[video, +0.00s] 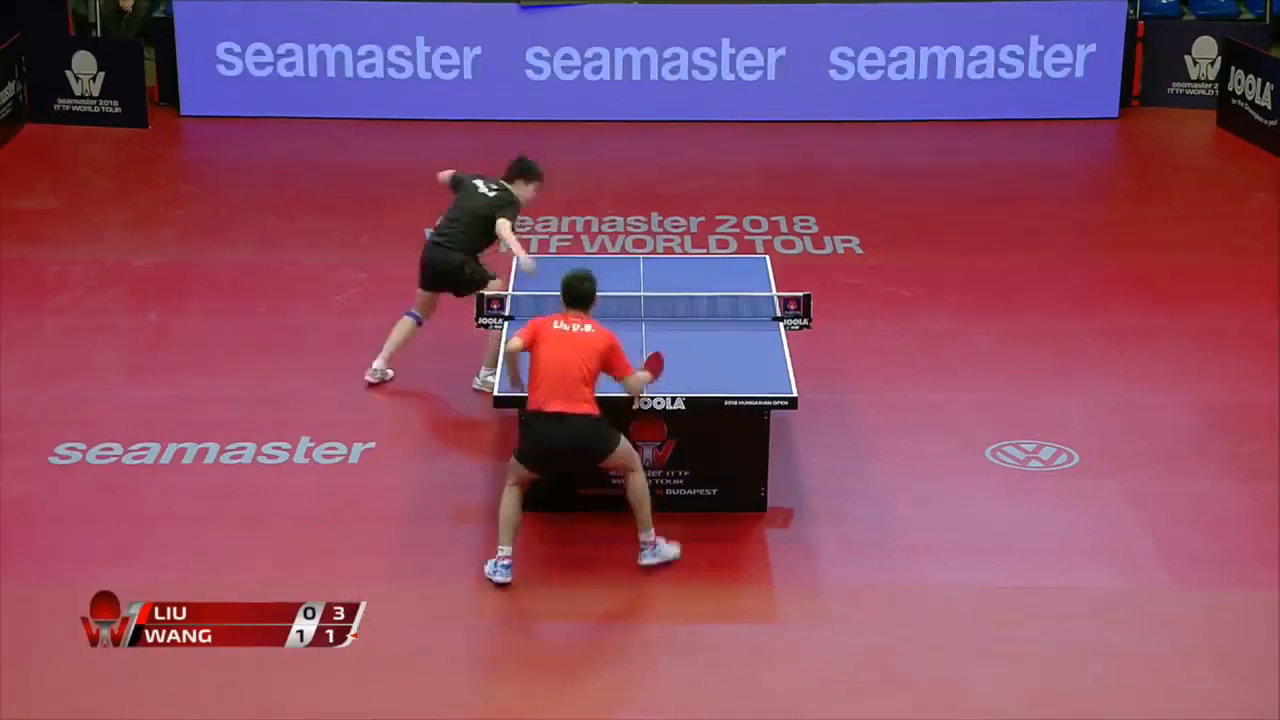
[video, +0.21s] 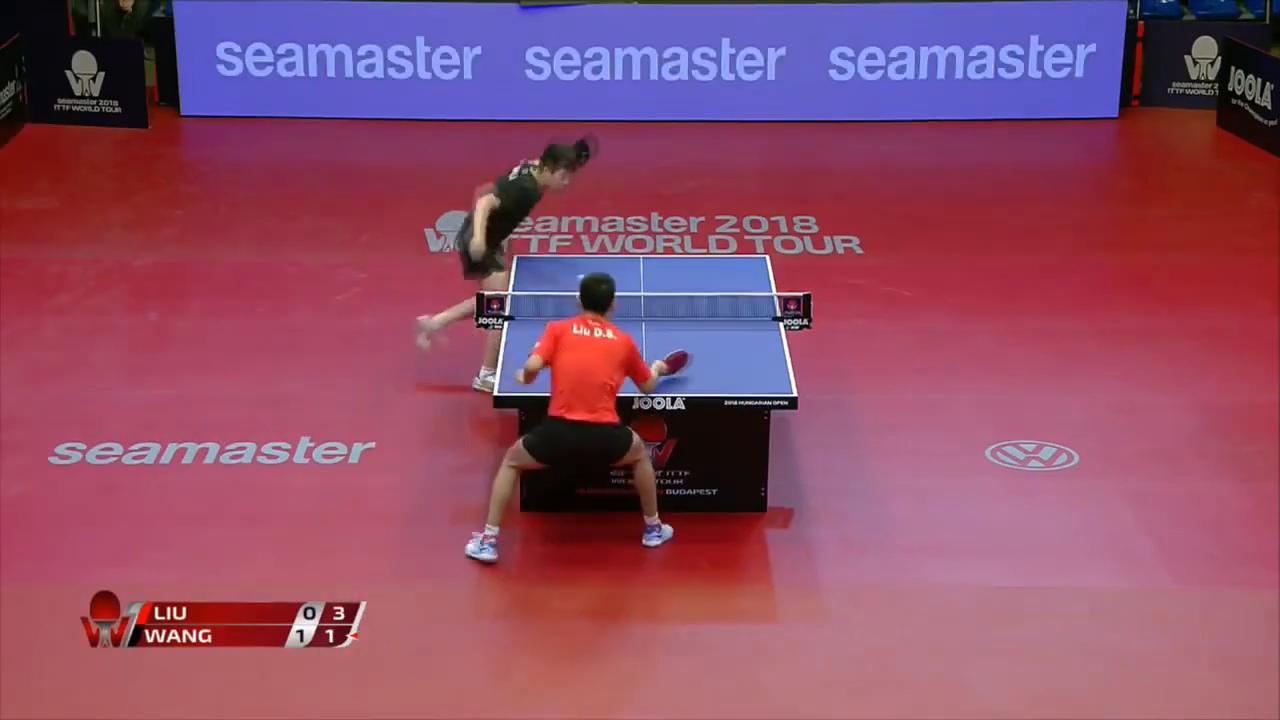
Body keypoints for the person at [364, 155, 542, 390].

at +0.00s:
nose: (533, 196)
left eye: (536, 190)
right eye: (534, 189)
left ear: (512, 177)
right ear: (522, 182)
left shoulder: (476, 181)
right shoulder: (509, 201)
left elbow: (443, 176)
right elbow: (503, 228)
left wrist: (461, 182)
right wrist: (521, 254)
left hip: (431, 254)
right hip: (458, 261)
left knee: (420, 309)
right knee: (503, 301)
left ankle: (379, 364)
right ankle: (488, 373)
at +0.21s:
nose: (567, 182)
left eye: (569, 176)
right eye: (564, 175)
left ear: (546, 166)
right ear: (548, 169)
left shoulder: (531, 173)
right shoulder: (525, 188)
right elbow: (483, 202)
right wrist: (478, 239)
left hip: (488, 240)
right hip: (480, 242)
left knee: (494, 298)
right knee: (505, 303)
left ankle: (432, 323)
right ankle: (487, 372)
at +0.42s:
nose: (578, 142)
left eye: (581, 137)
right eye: (573, 136)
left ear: (583, 137)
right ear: (555, 135)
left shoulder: (569, 155)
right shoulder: (531, 154)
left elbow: (589, 158)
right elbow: (493, 167)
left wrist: (612, 158)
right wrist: (485, 201)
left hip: (546, 223)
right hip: (515, 223)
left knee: (576, 270)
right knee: (504, 291)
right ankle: (480, 352)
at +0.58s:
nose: (583, 151)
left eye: (587, 145)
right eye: (578, 145)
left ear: (593, 146)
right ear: (564, 146)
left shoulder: (597, 170)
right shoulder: (545, 169)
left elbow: (623, 184)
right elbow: (518, 184)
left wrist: (638, 191)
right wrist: (516, 213)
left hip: (582, 243)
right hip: (546, 241)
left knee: (592, 292)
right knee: (519, 290)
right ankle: (483, 345)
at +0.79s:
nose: (601, 163)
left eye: (605, 157)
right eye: (595, 157)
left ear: (611, 156)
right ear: (583, 155)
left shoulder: (622, 175)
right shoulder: (564, 174)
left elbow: (656, 197)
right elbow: (551, 195)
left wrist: (654, 230)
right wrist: (550, 230)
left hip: (610, 241)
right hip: (571, 240)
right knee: (537, 270)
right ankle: (503, 324)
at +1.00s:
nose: (614, 205)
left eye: (619, 199)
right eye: (609, 199)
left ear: (627, 197)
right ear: (599, 197)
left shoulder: (640, 211)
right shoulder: (589, 209)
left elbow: (672, 240)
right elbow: (560, 238)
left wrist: (666, 257)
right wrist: (567, 254)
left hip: (631, 257)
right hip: (594, 255)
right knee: (555, 280)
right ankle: (507, 326)